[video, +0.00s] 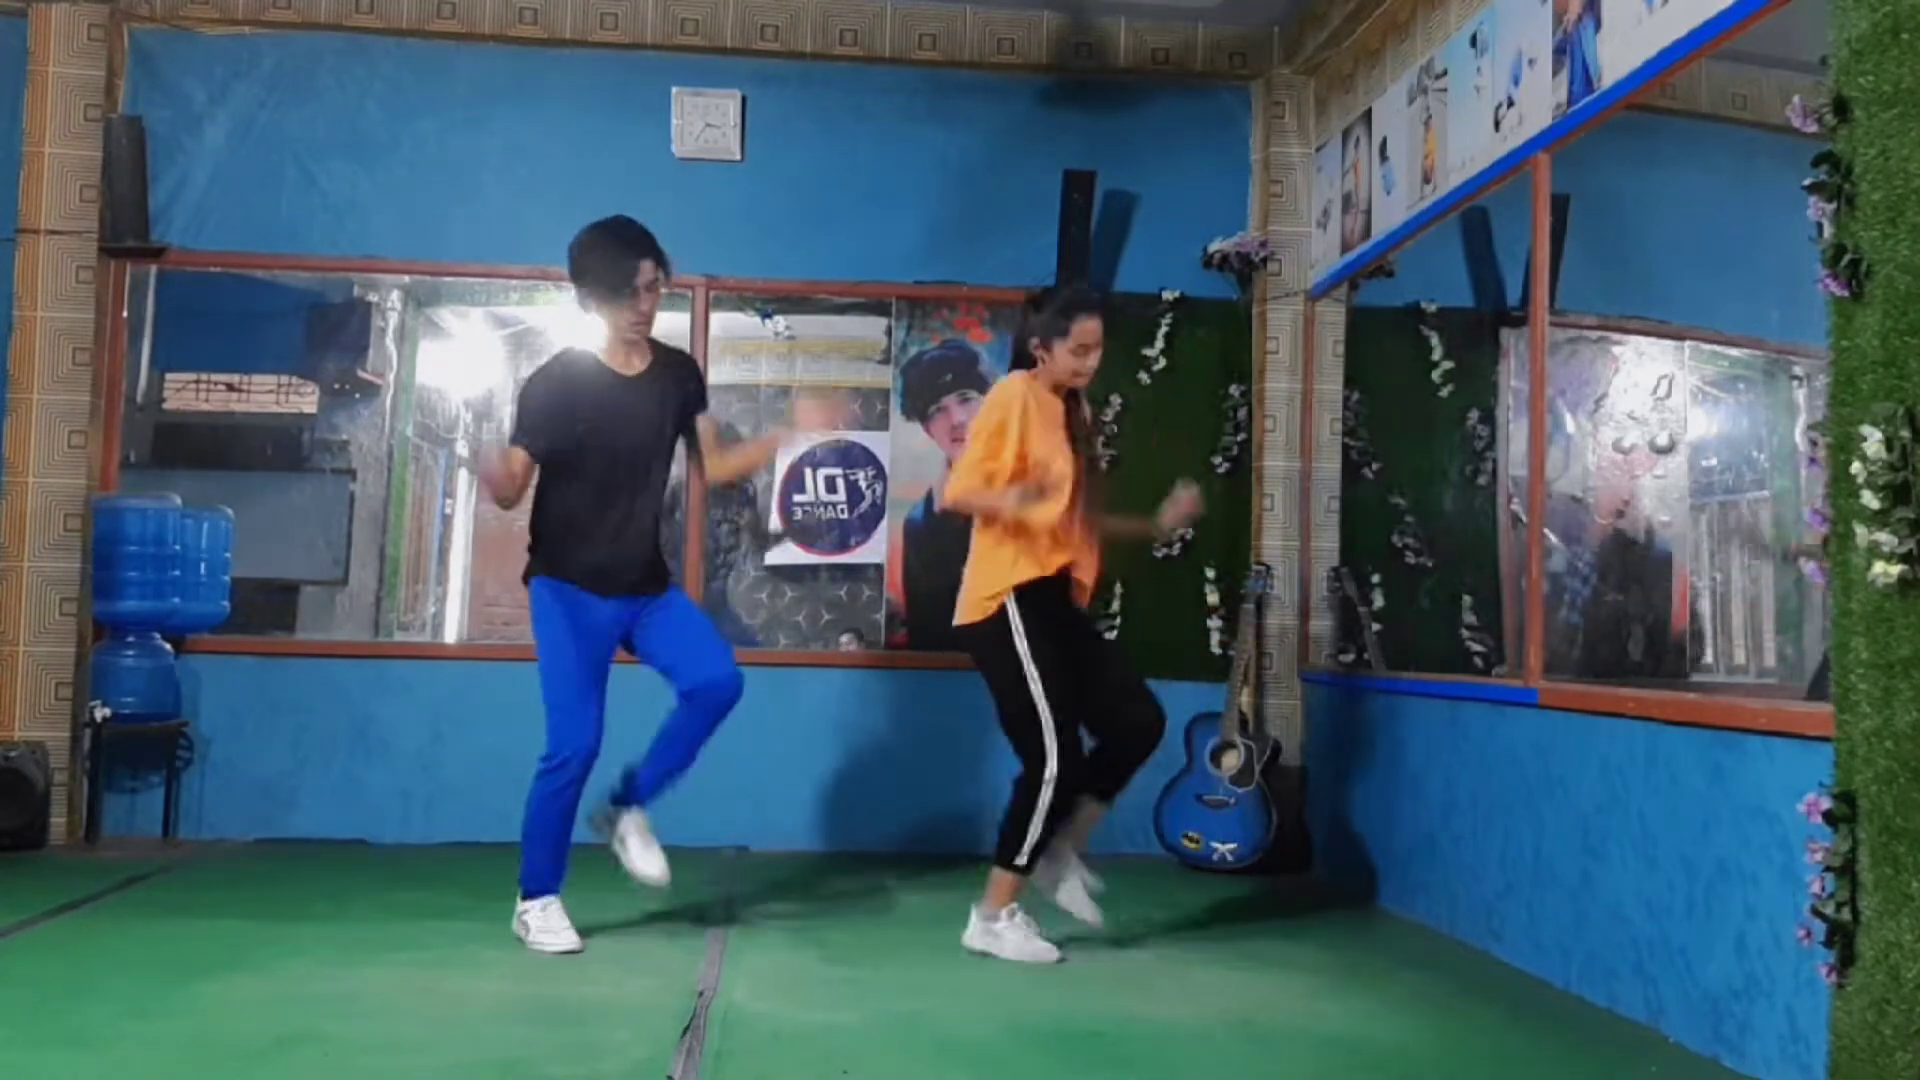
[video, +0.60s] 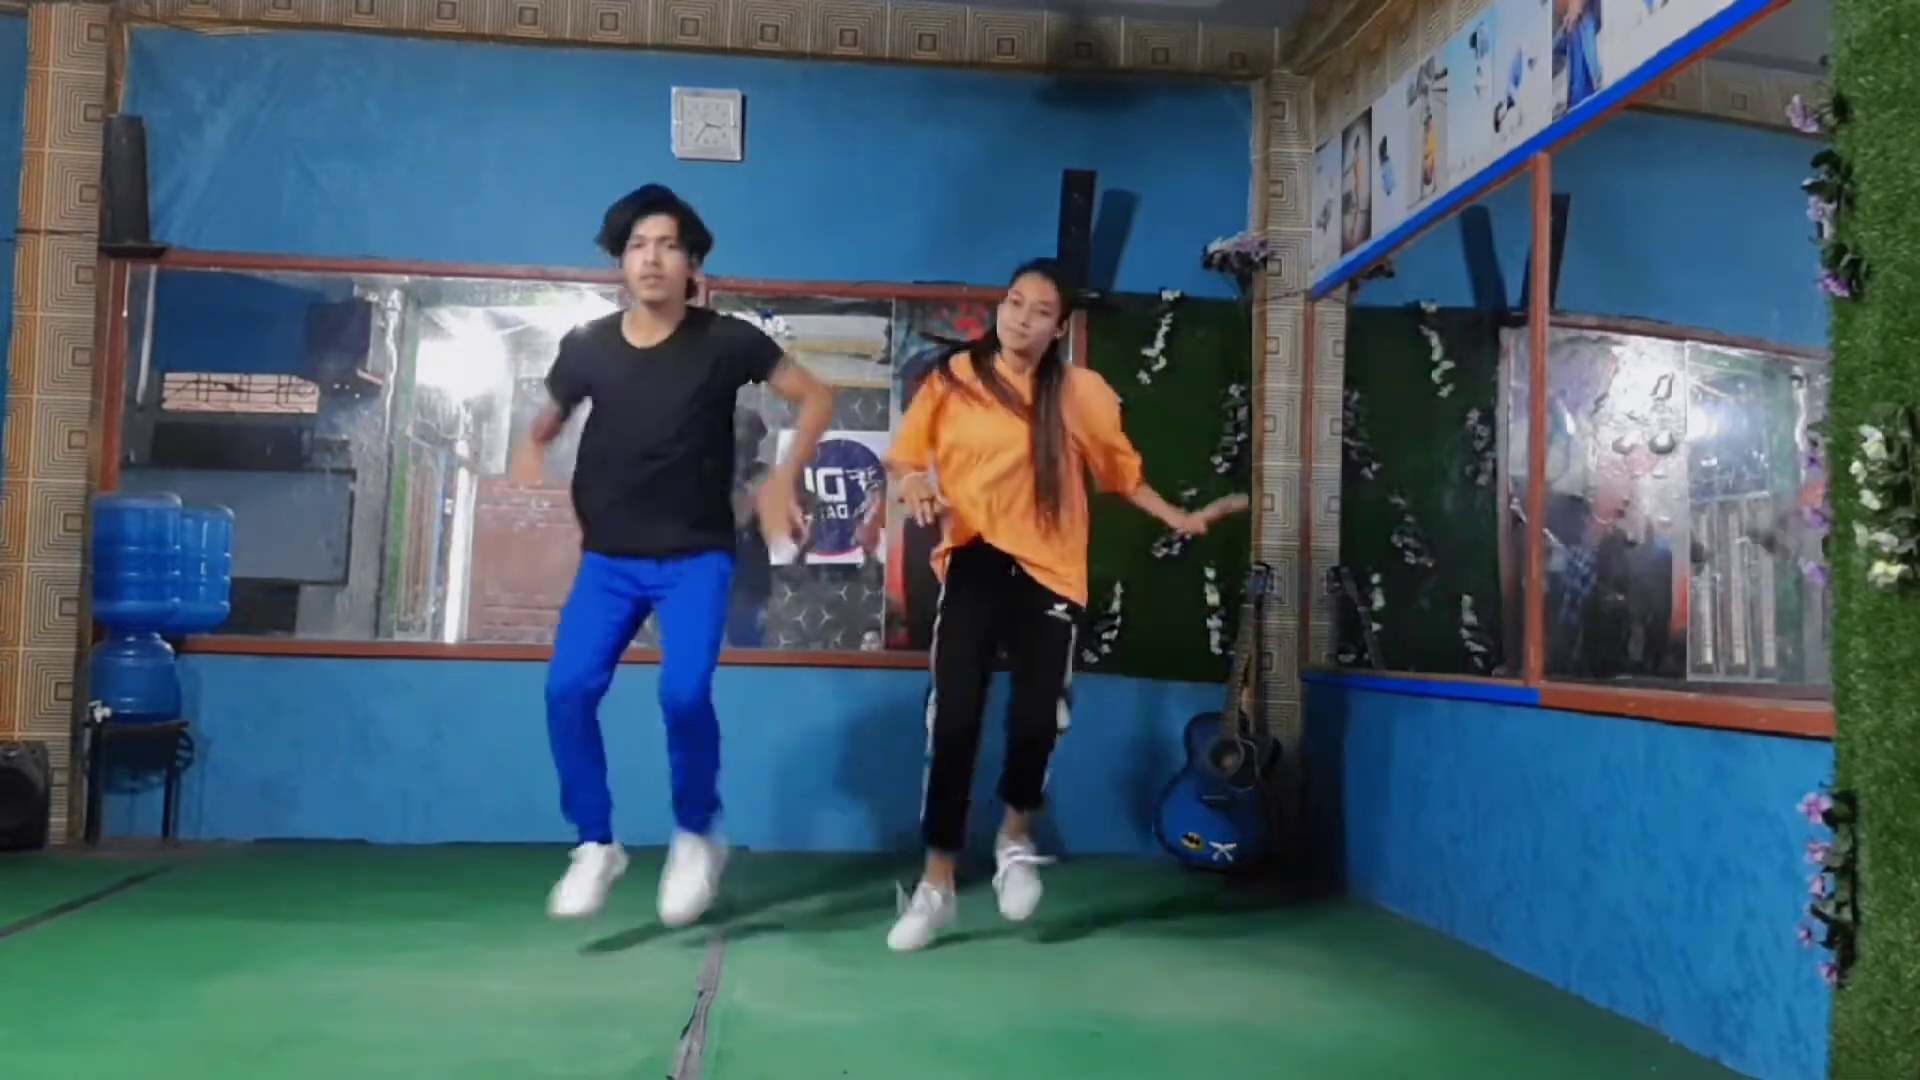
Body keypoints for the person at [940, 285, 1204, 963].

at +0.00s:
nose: (1090, 361)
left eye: (1097, 349)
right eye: (1079, 349)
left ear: (1101, 350)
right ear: (1041, 347)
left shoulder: (1068, 412)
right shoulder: (1014, 397)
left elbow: (1073, 520)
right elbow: (958, 491)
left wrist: (1155, 527)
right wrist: (1017, 500)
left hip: (1052, 596)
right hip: (1006, 600)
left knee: (1139, 725)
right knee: (1054, 756)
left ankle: (1059, 850)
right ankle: (994, 913)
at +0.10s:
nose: (1091, 361)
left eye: (1095, 348)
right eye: (1079, 351)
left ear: (1093, 347)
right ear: (1041, 349)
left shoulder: (1055, 406)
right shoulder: (1019, 389)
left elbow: (1059, 508)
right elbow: (936, 447)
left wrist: (1137, 504)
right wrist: (985, 471)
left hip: (1034, 585)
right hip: (1002, 589)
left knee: (1106, 722)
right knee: (1088, 724)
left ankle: (994, 825)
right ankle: (1033, 880)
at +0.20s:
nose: (1083, 371)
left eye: (1087, 359)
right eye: (1071, 361)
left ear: (1080, 360)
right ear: (1031, 363)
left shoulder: (1049, 421)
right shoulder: (1010, 411)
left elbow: (1046, 536)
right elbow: (935, 471)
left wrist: (1108, 577)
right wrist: (931, 552)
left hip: (1018, 605)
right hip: (997, 607)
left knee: (1034, 764)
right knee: (1088, 739)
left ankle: (933, 893)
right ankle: (1123, 906)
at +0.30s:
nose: (1067, 384)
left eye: (1072, 370)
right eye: (1054, 370)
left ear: (1075, 374)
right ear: (1017, 374)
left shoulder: (1042, 442)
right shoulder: (991, 431)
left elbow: (1041, 561)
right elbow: (927, 519)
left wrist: (1117, 592)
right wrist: (909, 590)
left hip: (1016, 625)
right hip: (986, 626)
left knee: (1027, 783)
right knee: (1097, 742)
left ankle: (927, 902)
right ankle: (1124, 906)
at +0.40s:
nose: (1051, 363)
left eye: (1061, 353)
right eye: (1039, 350)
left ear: (1070, 361)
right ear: (1008, 351)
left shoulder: (1063, 429)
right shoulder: (963, 421)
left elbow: (1082, 532)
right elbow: (900, 500)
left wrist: (1144, 520)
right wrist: (894, 531)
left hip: (1027, 605)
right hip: (974, 605)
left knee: (1021, 760)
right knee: (1087, 696)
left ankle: (928, 898)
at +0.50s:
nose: (1030, 326)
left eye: (1045, 319)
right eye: (1022, 311)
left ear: (1062, 332)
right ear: (1001, 314)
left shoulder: (1079, 396)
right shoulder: (957, 380)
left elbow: (1106, 492)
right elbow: (882, 442)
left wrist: (1171, 493)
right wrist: (900, 480)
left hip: (1049, 574)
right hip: (973, 559)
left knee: (1053, 731)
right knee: (1025, 687)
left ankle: (973, 856)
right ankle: (953, 826)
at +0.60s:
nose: (1025, 321)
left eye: (1042, 313)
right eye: (1017, 305)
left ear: (1060, 326)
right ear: (998, 307)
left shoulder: (1082, 392)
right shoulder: (951, 380)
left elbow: (1122, 475)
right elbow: (902, 462)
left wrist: (1180, 519)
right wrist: (913, 486)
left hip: (1051, 573)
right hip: (972, 565)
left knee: (1036, 723)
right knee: (953, 723)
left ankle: (1016, 839)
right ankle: (936, 883)